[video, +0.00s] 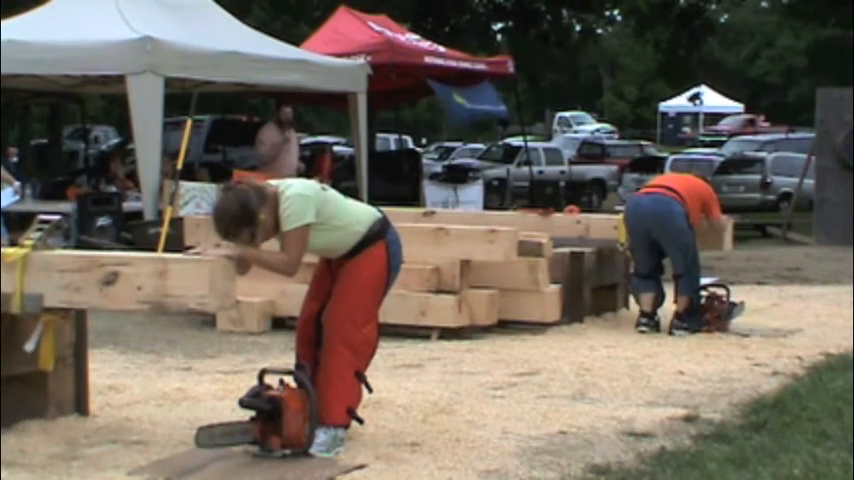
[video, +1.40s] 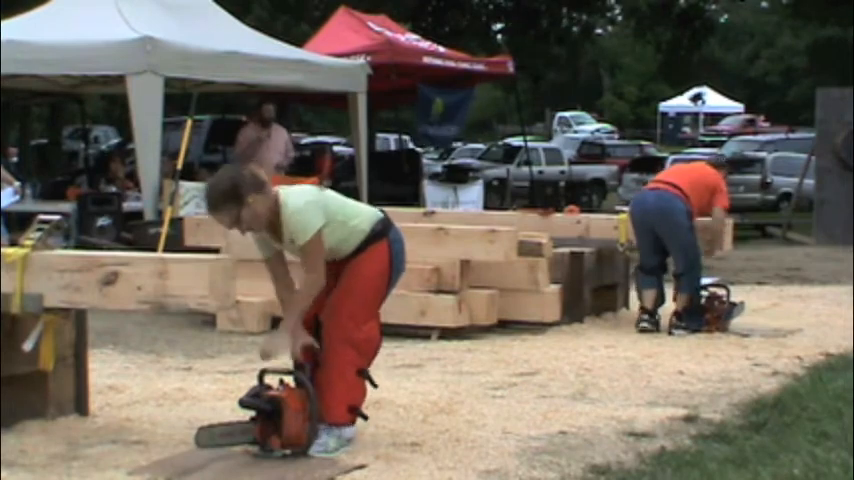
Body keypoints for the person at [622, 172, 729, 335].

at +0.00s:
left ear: (688, 175)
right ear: (707, 183)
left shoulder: (670, 178)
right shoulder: (705, 189)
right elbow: (716, 222)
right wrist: (725, 222)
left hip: (635, 205)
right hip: (668, 207)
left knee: (645, 270)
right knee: (686, 268)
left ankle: (646, 316)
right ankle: (682, 318)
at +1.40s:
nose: (724, 178)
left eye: (725, 175)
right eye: (725, 175)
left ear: (707, 164)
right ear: (721, 171)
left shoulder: (682, 168)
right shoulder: (717, 180)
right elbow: (718, 218)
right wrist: (713, 247)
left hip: (641, 200)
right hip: (671, 203)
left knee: (649, 264)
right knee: (688, 264)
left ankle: (646, 314)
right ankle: (680, 316)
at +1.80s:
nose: (731, 190)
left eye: (733, 187)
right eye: (732, 185)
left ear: (718, 172)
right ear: (728, 179)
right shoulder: (718, 182)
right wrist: (714, 245)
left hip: (643, 213)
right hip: (659, 218)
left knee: (675, 266)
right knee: (696, 265)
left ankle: (666, 311)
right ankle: (688, 315)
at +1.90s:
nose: (734, 179)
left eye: (737, 175)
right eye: (733, 172)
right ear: (725, 164)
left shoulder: (711, 192)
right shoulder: (707, 156)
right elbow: (684, 158)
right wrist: (706, 183)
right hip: (658, 205)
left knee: (675, 261)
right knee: (680, 263)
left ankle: (665, 311)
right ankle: (689, 319)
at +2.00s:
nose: (732, 172)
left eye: (736, 168)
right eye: (732, 164)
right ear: (721, 156)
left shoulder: (712, 190)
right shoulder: (701, 151)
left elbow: (706, 223)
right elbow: (665, 145)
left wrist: (715, 255)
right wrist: (678, 176)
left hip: (671, 212)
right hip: (654, 199)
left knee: (676, 260)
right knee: (674, 259)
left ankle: (667, 313)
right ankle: (671, 316)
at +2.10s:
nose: (731, 163)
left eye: (733, 159)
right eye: (730, 157)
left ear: (724, 155)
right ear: (721, 152)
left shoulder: (712, 178)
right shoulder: (695, 156)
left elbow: (707, 210)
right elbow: (667, 181)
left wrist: (715, 243)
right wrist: (677, 220)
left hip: (664, 208)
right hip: (649, 200)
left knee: (674, 260)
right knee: (665, 260)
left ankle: (673, 318)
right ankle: (663, 320)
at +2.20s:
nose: (725, 159)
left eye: (727, 154)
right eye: (725, 153)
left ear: (713, 146)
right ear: (717, 150)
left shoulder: (698, 157)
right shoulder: (693, 165)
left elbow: (700, 192)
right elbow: (675, 201)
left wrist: (710, 218)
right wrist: (685, 237)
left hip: (660, 204)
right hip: (649, 203)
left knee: (669, 260)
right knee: (664, 261)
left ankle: (670, 316)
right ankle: (663, 319)